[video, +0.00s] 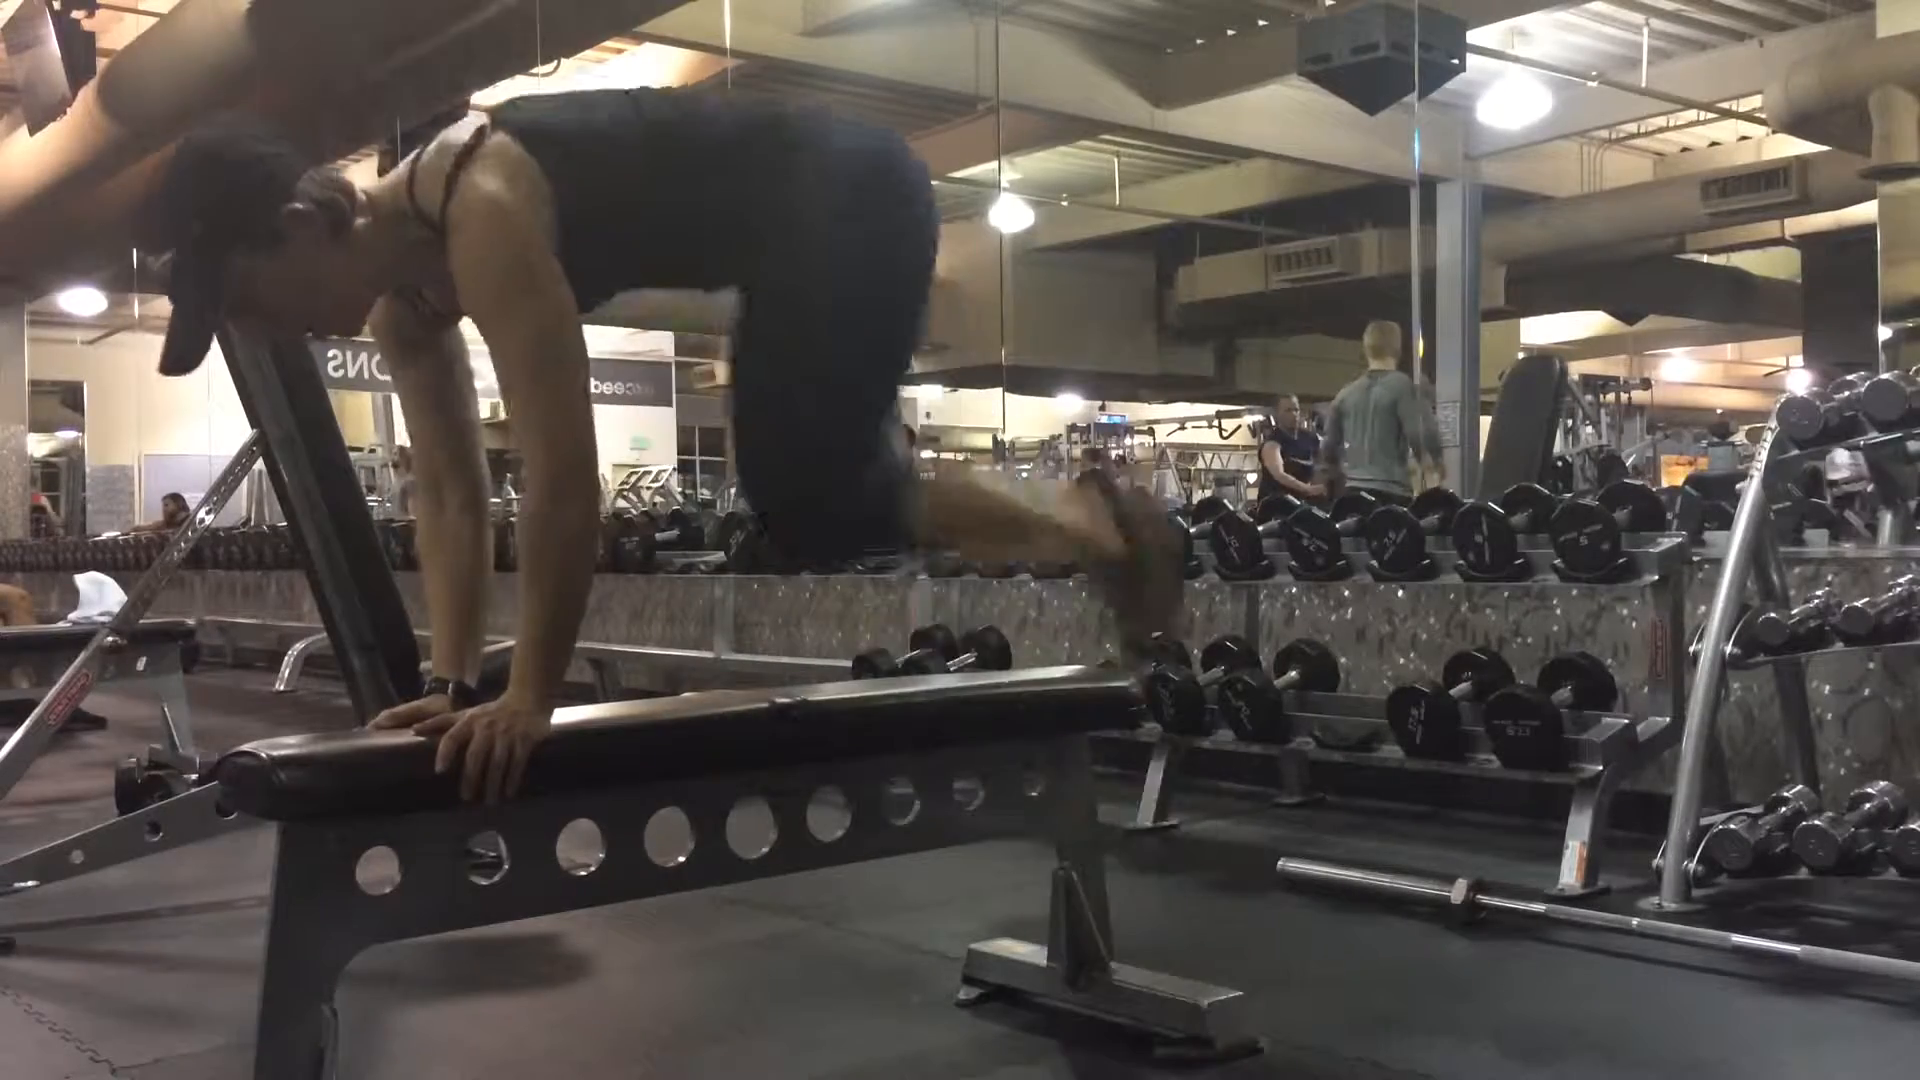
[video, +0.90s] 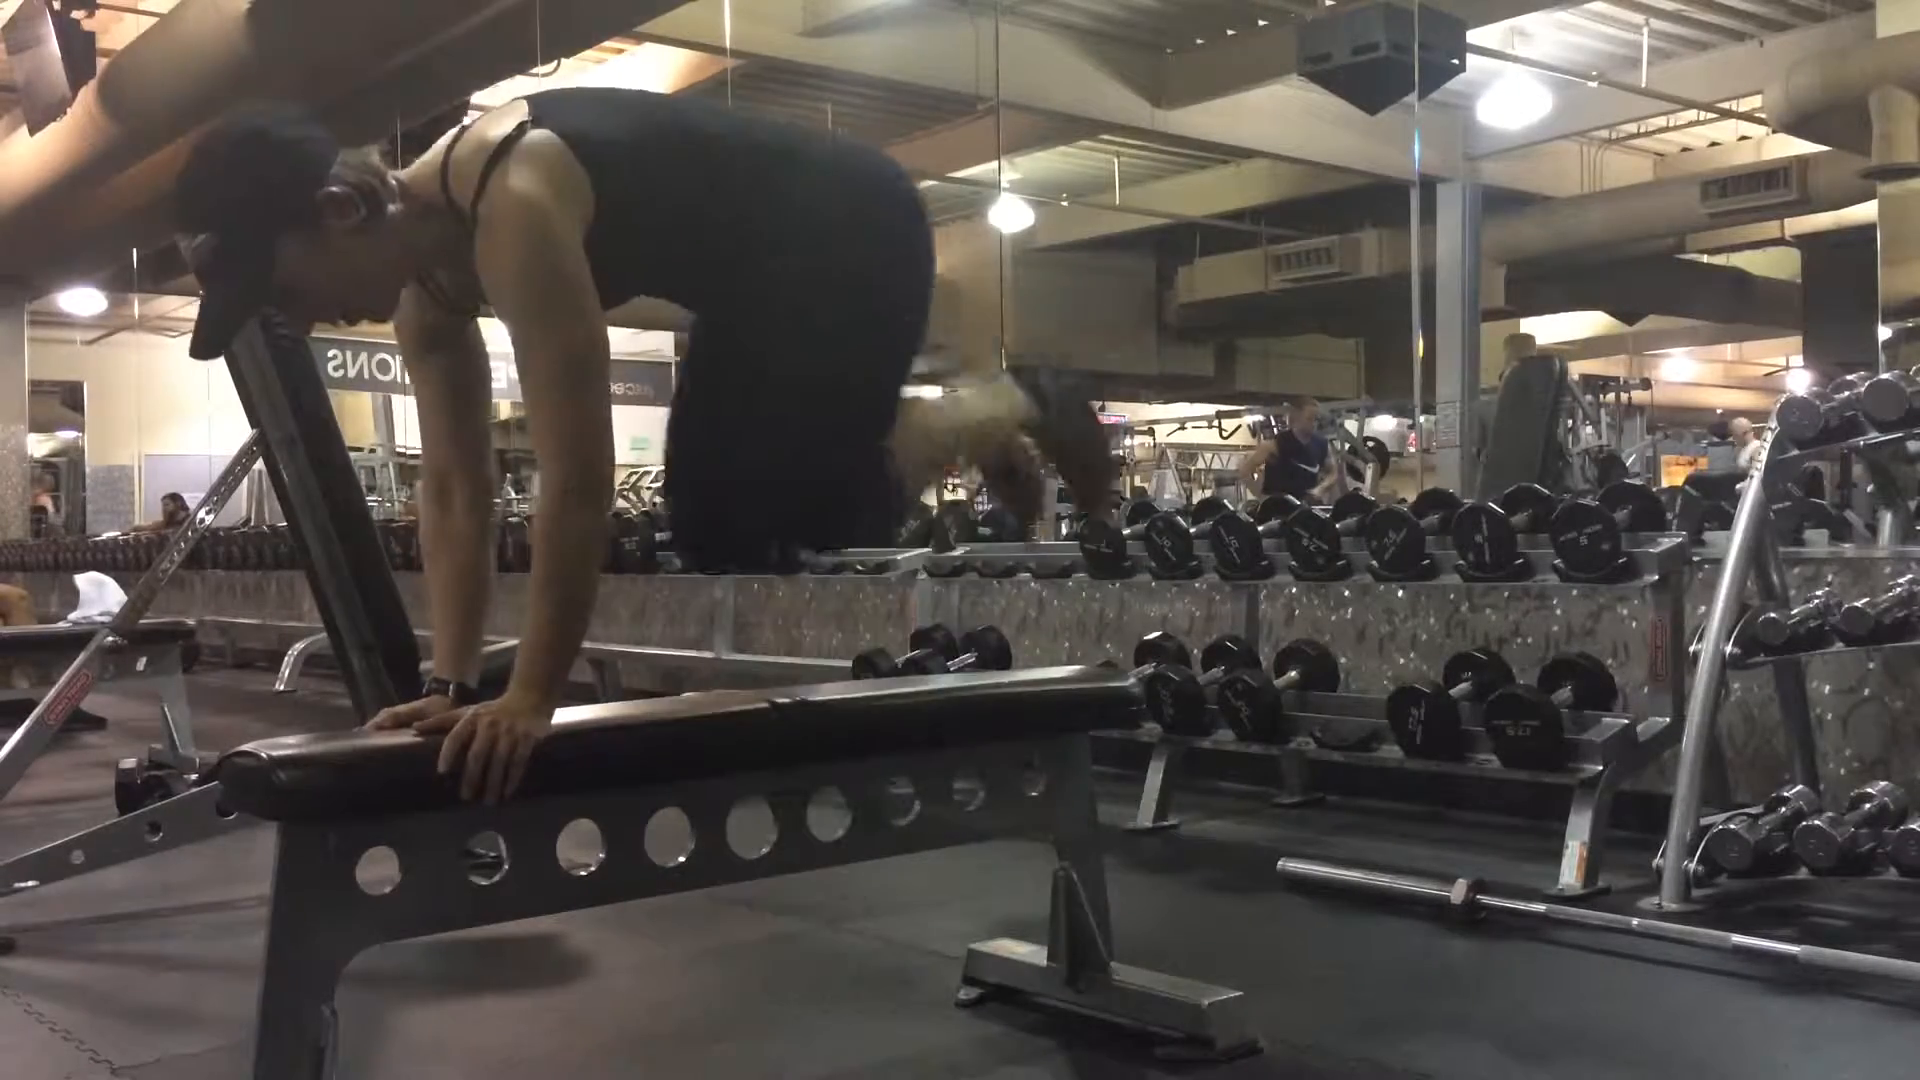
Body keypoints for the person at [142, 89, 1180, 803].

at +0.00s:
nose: (281, 331)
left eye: (261, 304)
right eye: (255, 321)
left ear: (296, 225)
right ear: (294, 229)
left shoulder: (488, 213)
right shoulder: (397, 289)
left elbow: (566, 484)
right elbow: (445, 482)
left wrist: (529, 695)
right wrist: (449, 675)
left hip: (849, 192)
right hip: (785, 230)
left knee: (822, 503)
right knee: (805, 509)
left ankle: (1107, 537)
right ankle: (1097, 531)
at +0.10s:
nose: (294, 340)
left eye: (274, 313)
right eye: (268, 329)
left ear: (316, 231)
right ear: (303, 241)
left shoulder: (500, 216)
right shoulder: (409, 288)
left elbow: (566, 481)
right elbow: (451, 489)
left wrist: (526, 704)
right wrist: (451, 681)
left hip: (847, 198)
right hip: (772, 233)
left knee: (754, 500)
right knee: (728, 500)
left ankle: (943, 365)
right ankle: (930, 371)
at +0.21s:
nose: (288, 327)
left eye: (270, 299)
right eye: (265, 316)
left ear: (319, 217)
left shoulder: (503, 222)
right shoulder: (412, 296)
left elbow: (564, 481)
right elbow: (454, 485)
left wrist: (528, 700)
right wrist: (451, 681)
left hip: (840, 234)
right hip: (749, 262)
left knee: (701, 500)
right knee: (675, 500)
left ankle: (879, 533)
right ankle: (871, 516)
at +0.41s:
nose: (330, 296)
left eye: (324, 265)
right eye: (312, 279)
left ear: (374, 199)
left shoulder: (568, 237)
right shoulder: (428, 312)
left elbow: (633, 495)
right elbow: (463, 495)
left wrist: (534, 698)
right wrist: (454, 680)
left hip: (783, 472)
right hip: (681, 494)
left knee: (705, 702)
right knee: (656, 709)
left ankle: (819, 924)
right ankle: (753, 930)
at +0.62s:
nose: (318, 294)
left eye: (314, 259)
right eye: (298, 277)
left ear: (370, 193)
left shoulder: (548, 224)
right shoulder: (403, 298)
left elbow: (618, 483)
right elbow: (430, 485)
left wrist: (534, 696)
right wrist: (451, 683)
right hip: (686, 423)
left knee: (767, 670)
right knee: (727, 670)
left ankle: (811, 883)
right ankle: (732, 887)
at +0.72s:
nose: (303, 313)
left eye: (285, 283)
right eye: (278, 302)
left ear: (328, 199)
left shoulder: (520, 205)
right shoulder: (408, 284)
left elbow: (575, 472)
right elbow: (438, 487)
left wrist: (531, 695)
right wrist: (450, 684)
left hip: (807, 244)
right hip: (701, 282)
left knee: (762, 542)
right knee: (711, 551)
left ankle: (900, 588)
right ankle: (880, 579)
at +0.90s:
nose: (318, 321)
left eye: (299, 296)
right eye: (293, 312)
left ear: (341, 210)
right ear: (330, 219)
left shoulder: (517, 208)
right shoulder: (422, 268)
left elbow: (578, 475)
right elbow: (453, 479)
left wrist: (529, 699)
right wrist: (449, 677)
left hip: (846, 230)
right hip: (749, 275)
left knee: (791, 508)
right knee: (710, 523)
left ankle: (999, 419)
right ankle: (952, 426)